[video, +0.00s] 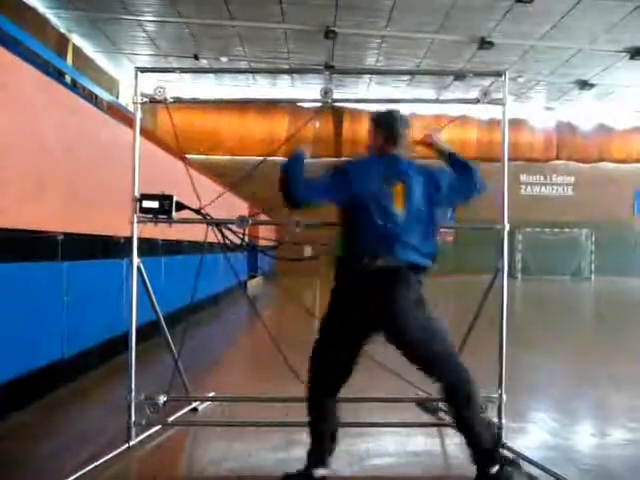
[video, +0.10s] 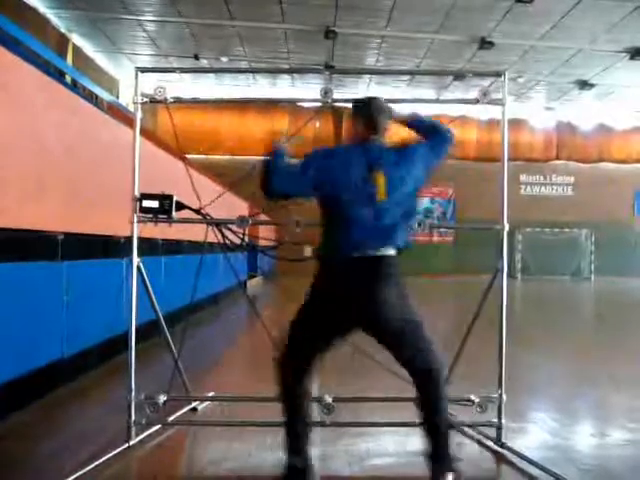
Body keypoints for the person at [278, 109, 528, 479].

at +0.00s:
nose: (372, 140)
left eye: (373, 134)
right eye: (377, 134)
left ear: (377, 137)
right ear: (405, 139)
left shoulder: (358, 173)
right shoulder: (429, 178)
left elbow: (297, 195)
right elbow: (473, 183)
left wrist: (296, 158)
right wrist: (445, 151)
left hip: (355, 292)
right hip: (403, 293)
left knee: (324, 375)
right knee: (451, 371)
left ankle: (318, 461)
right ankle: (489, 459)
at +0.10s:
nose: (348, 129)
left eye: (350, 123)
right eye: (354, 122)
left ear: (355, 126)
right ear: (386, 127)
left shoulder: (330, 162)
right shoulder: (406, 162)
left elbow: (275, 185)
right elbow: (441, 138)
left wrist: (278, 152)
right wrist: (406, 118)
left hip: (334, 290)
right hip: (382, 291)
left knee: (294, 363)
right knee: (427, 367)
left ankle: (297, 465)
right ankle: (442, 466)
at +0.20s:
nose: (319, 120)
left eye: (320, 114)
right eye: (324, 113)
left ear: (324, 117)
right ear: (356, 116)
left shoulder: (304, 158)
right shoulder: (380, 148)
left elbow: (240, 168)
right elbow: (421, 129)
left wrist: (227, 133)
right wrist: (382, 108)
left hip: (323, 286)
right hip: (372, 287)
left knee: (253, 353)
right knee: (412, 374)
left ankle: (251, 454)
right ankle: (445, 465)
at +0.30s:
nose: (270, 132)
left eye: (270, 127)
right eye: (285, 128)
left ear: (269, 131)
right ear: (302, 130)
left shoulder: (254, 161)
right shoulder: (325, 162)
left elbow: (208, 138)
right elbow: (377, 182)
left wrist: (173, 103)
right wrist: (388, 158)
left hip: (301, 289)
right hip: (345, 281)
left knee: (241, 381)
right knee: (402, 364)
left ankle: (187, 464)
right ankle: (466, 441)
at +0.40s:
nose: (281, 147)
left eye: (274, 141)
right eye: (281, 142)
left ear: (247, 147)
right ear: (280, 148)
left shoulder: (226, 181)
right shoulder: (293, 184)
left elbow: (195, 154)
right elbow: (322, 234)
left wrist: (167, 114)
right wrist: (371, 224)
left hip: (280, 307)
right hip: (326, 298)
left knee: (195, 379)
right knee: (389, 377)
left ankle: (169, 468)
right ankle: (462, 451)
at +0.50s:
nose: (294, 146)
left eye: (292, 141)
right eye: (292, 141)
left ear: (254, 145)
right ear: (287, 145)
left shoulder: (226, 189)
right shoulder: (302, 179)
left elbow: (177, 206)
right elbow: (341, 225)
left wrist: (164, 160)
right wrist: (373, 207)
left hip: (275, 301)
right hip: (322, 292)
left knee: (200, 378)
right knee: (364, 374)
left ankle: (169, 468)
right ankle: (417, 456)